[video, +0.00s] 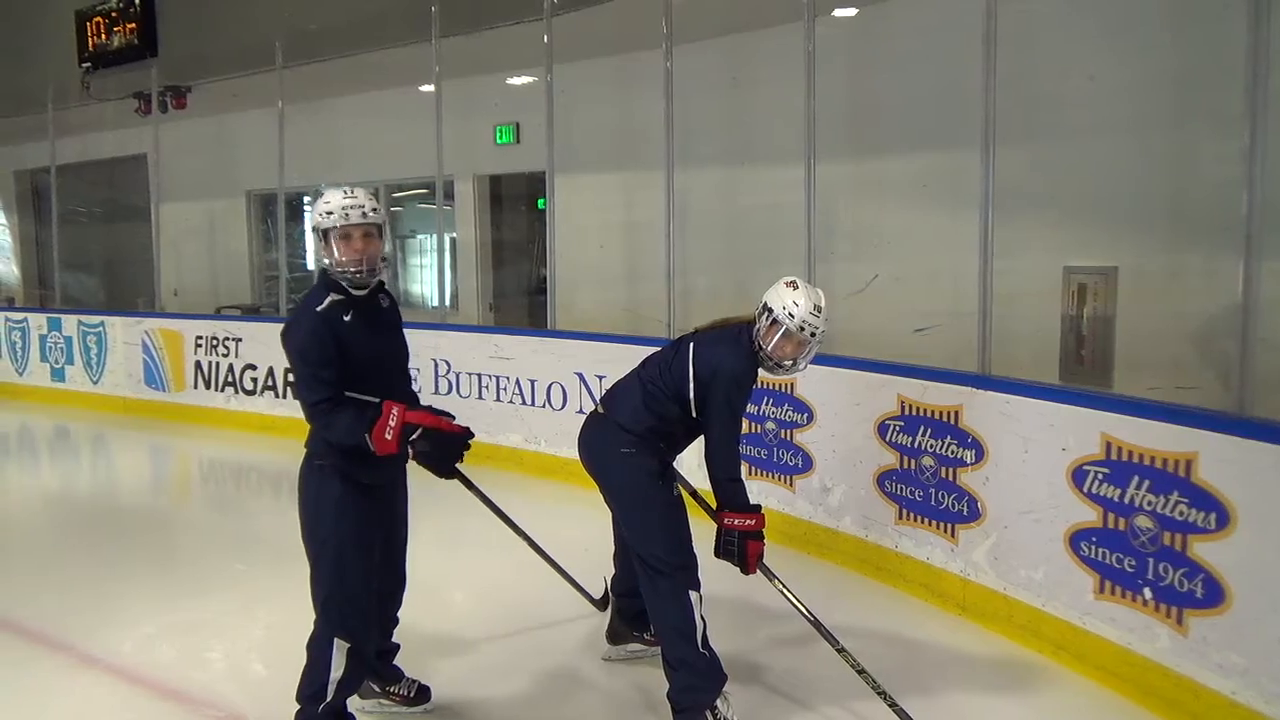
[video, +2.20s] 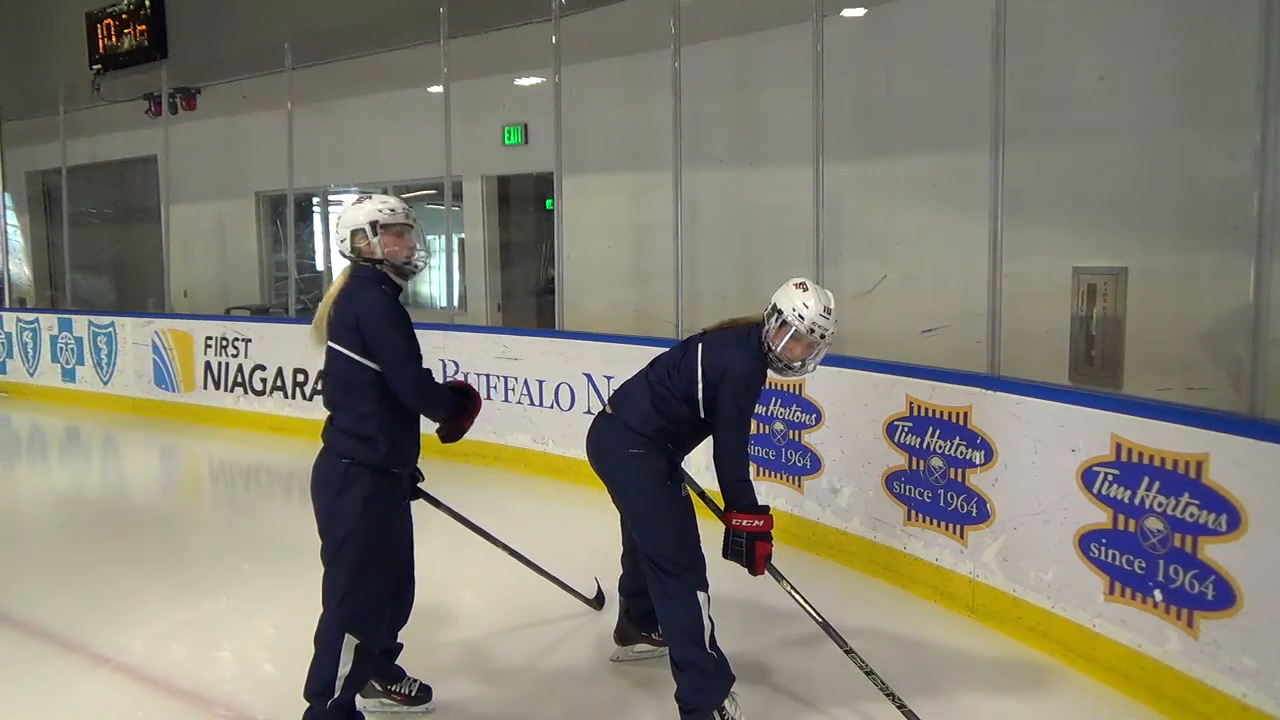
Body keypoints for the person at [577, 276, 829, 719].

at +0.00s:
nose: (783, 348)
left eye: (796, 342)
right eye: (780, 334)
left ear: (810, 346)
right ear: (763, 321)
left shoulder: (733, 340)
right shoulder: (733, 363)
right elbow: (722, 449)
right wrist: (740, 519)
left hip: (611, 435)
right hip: (628, 447)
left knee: (638, 535)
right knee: (673, 570)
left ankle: (628, 625)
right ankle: (696, 704)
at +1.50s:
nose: (790, 349)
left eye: (804, 343)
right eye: (786, 334)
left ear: (817, 347)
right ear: (770, 322)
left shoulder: (741, 341)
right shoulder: (740, 365)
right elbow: (728, 450)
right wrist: (746, 517)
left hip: (619, 435)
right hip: (634, 446)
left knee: (644, 534)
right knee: (678, 569)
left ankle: (635, 625)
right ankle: (703, 703)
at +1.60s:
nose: (790, 348)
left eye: (803, 342)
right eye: (786, 334)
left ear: (817, 346)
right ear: (770, 321)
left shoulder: (741, 343)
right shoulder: (740, 364)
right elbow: (729, 450)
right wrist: (746, 517)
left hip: (619, 435)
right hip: (634, 446)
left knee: (644, 535)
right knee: (679, 569)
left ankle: (636, 624)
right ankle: (704, 703)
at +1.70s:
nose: (792, 349)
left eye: (805, 342)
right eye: (788, 334)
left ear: (818, 346)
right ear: (771, 322)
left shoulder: (741, 341)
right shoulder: (741, 365)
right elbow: (729, 450)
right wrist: (746, 517)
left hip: (618, 435)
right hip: (636, 447)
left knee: (644, 534)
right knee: (680, 570)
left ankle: (636, 624)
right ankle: (704, 703)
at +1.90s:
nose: (794, 350)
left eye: (807, 343)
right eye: (790, 335)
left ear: (819, 346)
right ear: (772, 323)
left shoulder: (743, 341)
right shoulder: (741, 364)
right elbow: (730, 450)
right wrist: (747, 517)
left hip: (619, 435)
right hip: (635, 447)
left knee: (645, 534)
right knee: (680, 569)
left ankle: (637, 624)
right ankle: (704, 703)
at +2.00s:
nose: (793, 349)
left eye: (806, 343)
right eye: (789, 335)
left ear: (819, 347)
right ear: (772, 322)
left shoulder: (742, 341)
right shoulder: (742, 364)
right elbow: (730, 449)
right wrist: (747, 517)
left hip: (619, 436)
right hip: (636, 447)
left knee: (645, 536)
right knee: (679, 569)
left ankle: (637, 625)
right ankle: (704, 704)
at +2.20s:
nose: (793, 349)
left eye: (806, 343)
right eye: (789, 335)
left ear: (819, 347)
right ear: (772, 322)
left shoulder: (743, 340)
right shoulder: (743, 365)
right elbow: (730, 450)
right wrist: (748, 518)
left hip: (619, 435)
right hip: (636, 446)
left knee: (644, 536)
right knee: (680, 570)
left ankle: (637, 625)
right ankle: (704, 704)